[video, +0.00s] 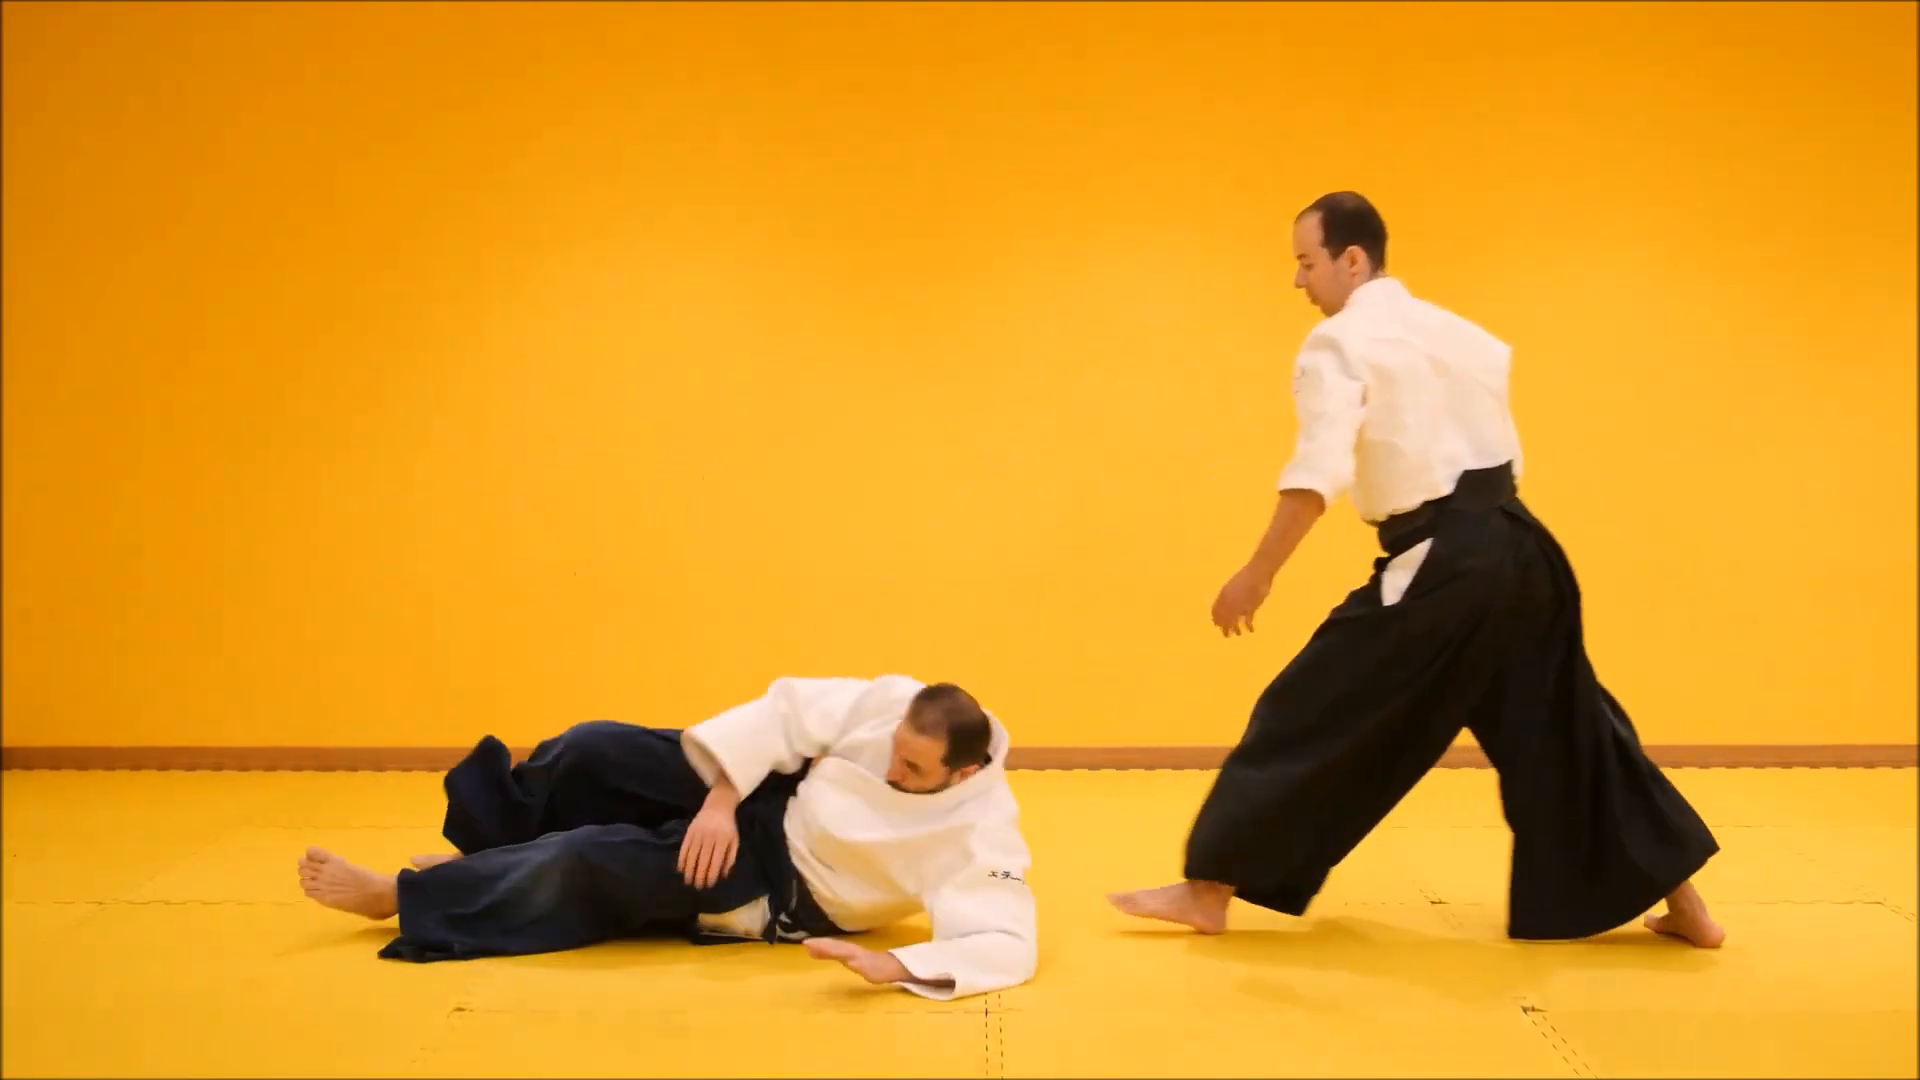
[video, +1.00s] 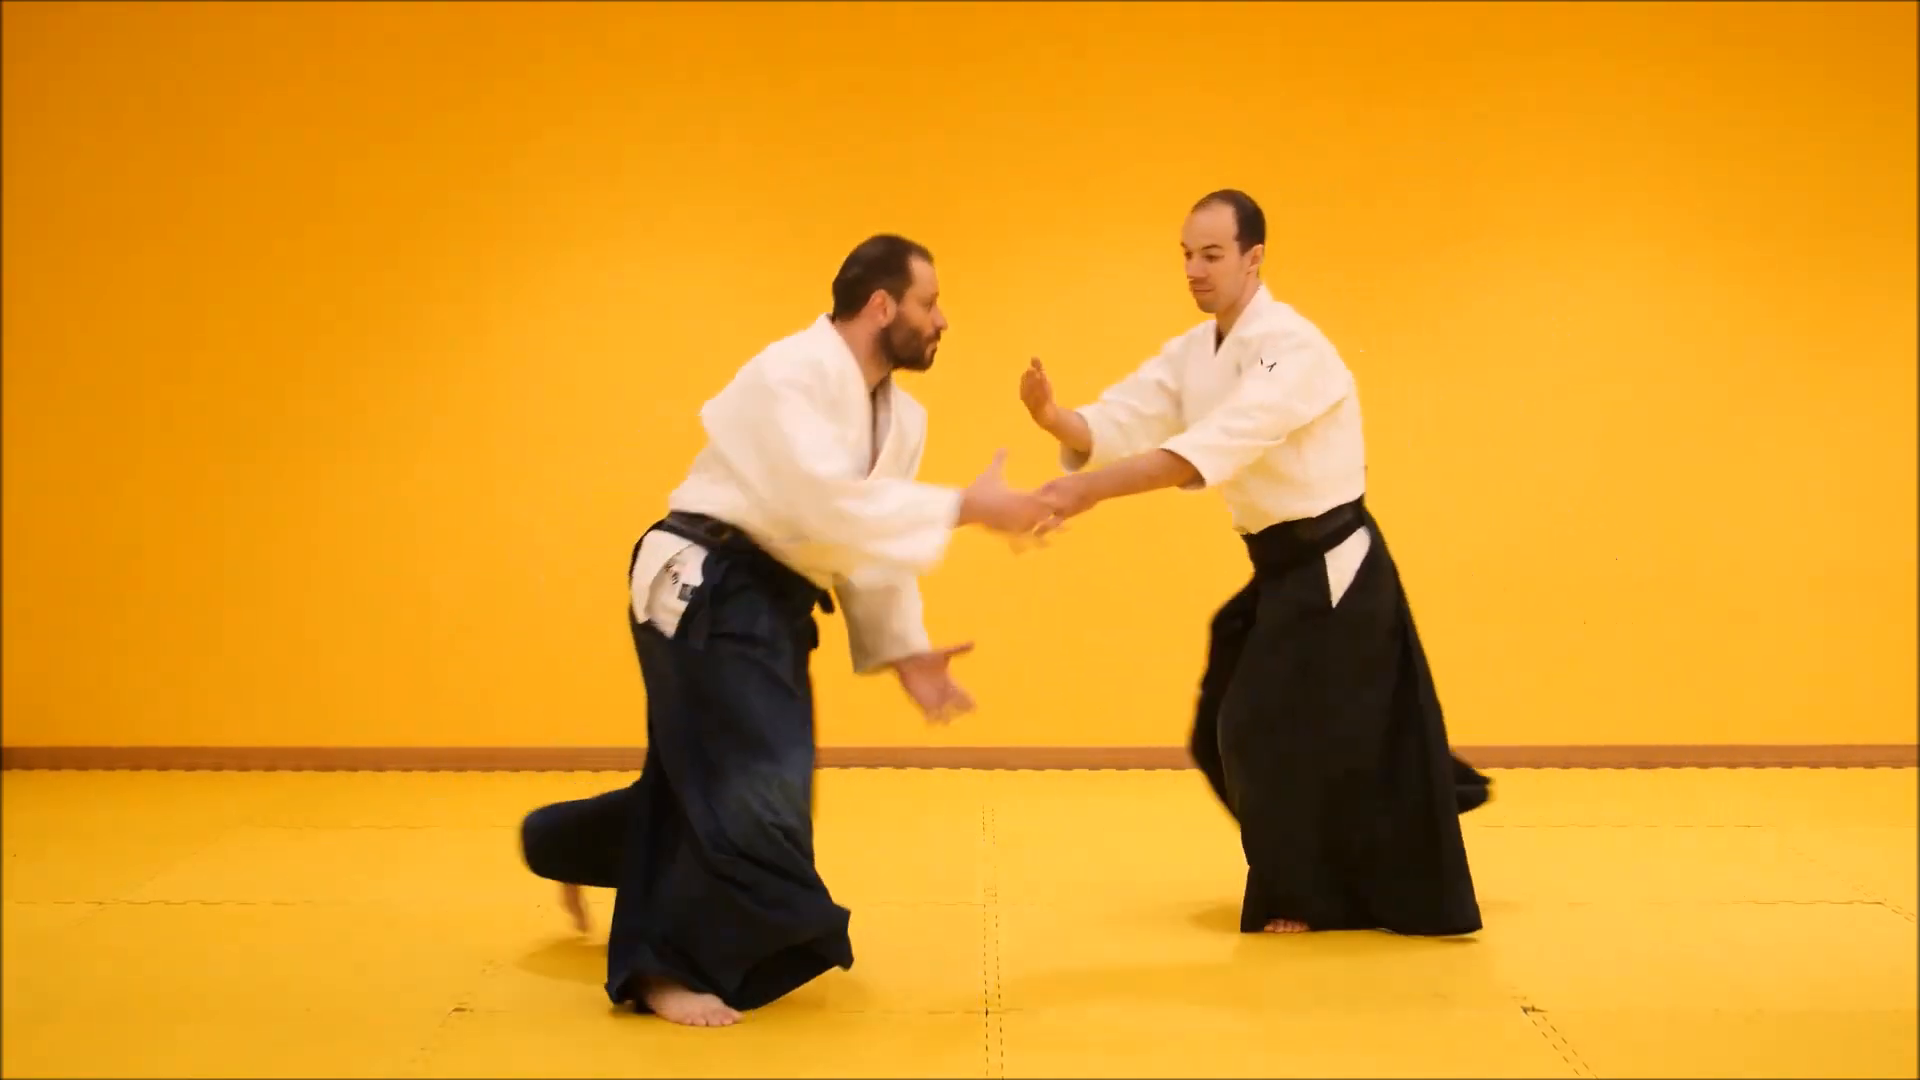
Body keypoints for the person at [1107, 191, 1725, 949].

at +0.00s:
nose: (1298, 279)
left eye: (1306, 262)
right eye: (1297, 264)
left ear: (1354, 259)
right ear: (1367, 260)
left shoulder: (1338, 342)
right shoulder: (1461, 334)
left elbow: (1320, 472)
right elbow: (1498, 461)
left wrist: (1255, 572)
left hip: (1438, 563)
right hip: (1522, 555)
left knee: (1300, 710)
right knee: (1578, 726)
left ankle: (1207, 890)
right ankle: (1683, 899)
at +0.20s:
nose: (1370, 240)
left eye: (1379, 221)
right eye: (1367, 224)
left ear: (1428, 216)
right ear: (1440, 221)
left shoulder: (1413, 306)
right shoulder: (1529, 307)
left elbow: (1400, 454)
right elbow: (1565, 443)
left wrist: (1349, 568)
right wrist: (1541, 519)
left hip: (1493, 538)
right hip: (1571, 527)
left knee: (1369, 702)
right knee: (1613, 706)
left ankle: (1387, 899)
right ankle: (1691, 900)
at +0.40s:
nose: (1394, 228)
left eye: (1404, 209)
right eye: (1391, 212)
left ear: (1454, 205)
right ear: (1461, 211)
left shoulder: (1438, 300)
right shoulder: (1552, 297)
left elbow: (1430, 448)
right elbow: (1579, 433)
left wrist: (1380, 564)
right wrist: (1557, 508)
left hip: (1509, 532)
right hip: (1589, 520)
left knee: (1382, 698)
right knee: (1622, 699)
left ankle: (1387, 893)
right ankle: (1685, 895)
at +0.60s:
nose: (1364, 246)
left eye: (1375, 228)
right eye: (1363, 230)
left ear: (1427, 225)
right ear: (1430, 230)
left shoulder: (1412, 322)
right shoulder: (1522, 314)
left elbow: (1388, 469)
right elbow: (1542, 439)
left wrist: (1327, 572)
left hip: (1490, 553)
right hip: (1568, 537)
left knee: (1348, 703)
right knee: (1618, 707)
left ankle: (1330, 883)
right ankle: (1689, 901)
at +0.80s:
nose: (1277, 266)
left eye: (1291, 248)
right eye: (1275, 250)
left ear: (1343, 251)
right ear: (1330, 256)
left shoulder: (1337, 349)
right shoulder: (1384, 328)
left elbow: (1285, 475)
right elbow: (1337, 468)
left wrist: (1177, 554)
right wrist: (1228, 513)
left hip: (1411, 570)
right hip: (1457, 552)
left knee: (1278, 715)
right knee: (1521, 725)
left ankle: (1299, 896)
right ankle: (1671, 859)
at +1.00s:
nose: (1196, 270)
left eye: (1212, 255)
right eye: (1188, 256)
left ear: (1254, 257)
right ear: (1184, 261)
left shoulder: (1294, 353)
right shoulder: (1196, 352)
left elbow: (1197, 459)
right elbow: (1112, 428)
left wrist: (1085, 489)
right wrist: (1054, 419)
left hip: (1335, 569)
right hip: (1278, 573)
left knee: (1260, 729)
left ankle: (1295, 894)